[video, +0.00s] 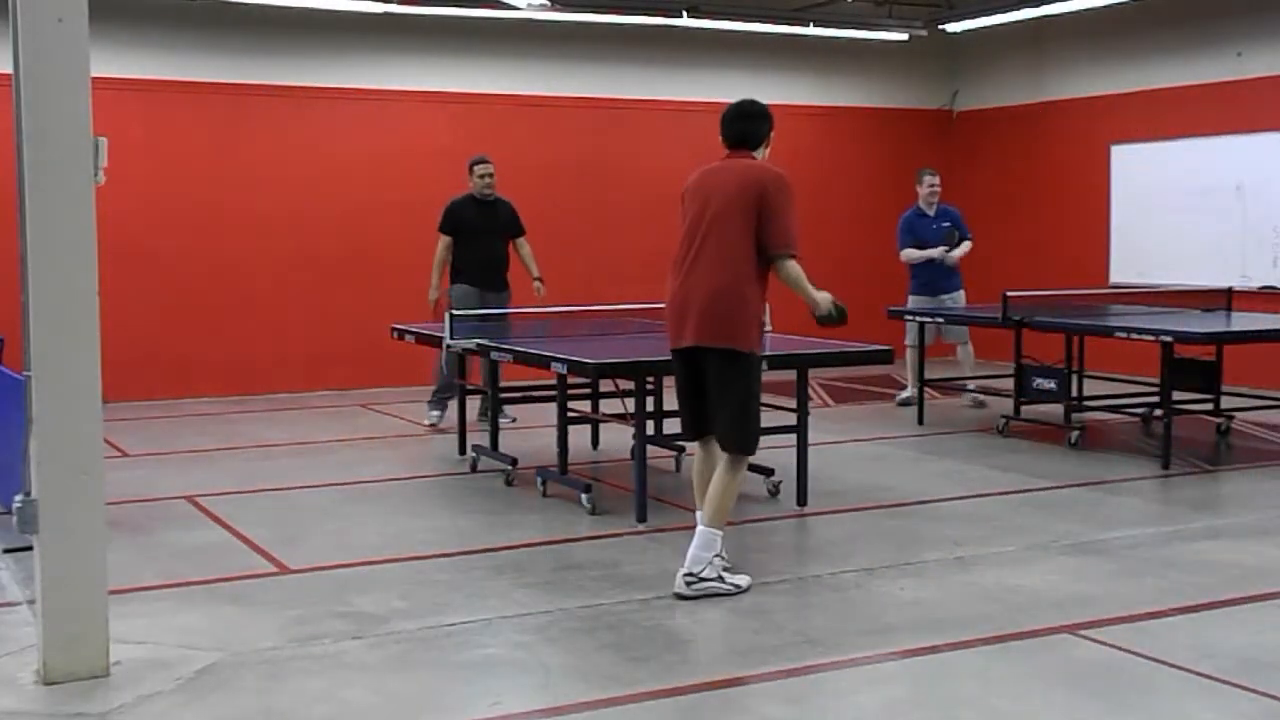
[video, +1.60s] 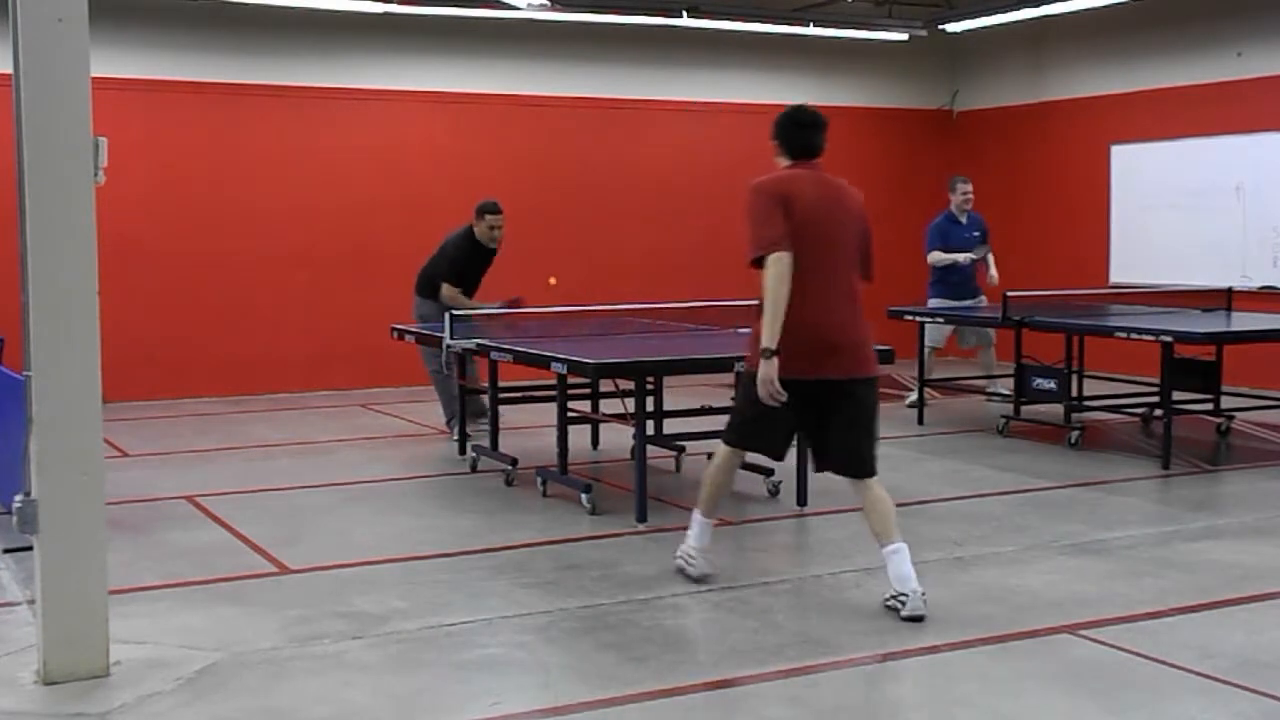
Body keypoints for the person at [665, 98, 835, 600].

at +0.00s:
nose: (772, 144)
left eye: (767, 137)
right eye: (772, 138)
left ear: (725, 138)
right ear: (767, 140)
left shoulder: (697, 180)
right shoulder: (769, 180)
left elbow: (698, 248)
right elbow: (781, 257)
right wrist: (815, 297)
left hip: (684, 324)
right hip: (732, 328)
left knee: (705, 444)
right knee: (735, 453)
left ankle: (708, 553)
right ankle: (698, 567)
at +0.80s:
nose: (737, 146)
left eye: (735, 138)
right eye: (736, 139)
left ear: (685, 140)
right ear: (727, 140)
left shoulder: (655, 188)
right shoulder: (741, 186)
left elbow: (640, 274)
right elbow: (758, 273)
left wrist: (688, 273)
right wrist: (725, 279)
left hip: (674, 343)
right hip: (730, 343)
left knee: (686, 446)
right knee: (736, 458)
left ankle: (676, 553)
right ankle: (697, 567)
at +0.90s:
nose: (728, 145)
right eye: (729, 138)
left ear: (680, 140)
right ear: (725, 141)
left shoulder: (655, 188)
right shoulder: (744, 187)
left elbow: (627, 275)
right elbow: (756, 265)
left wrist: (624, 287)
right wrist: (730, 296)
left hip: (679, 341)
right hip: (736, 341)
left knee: (687, 446)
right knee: (739, 456)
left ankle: (675, 554)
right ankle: (698, 564)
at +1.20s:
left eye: (689, 137)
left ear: (690, 142)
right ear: (735, 141)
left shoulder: (672, 192)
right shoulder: (761, 189)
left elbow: (636, 272)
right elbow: (772, 267)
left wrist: (591, 338)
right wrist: (740, 307)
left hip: (699, 345)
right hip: (762, 343)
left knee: (695, 444)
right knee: (787, 450)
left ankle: (678, 551)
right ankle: (782, 558)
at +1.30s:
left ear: (704, 145)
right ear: (748, 143)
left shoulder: (686, 195)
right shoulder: (773, 193)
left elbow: (660, 276)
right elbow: (786, 273)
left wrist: (631, 353)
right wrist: (761, 323)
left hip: (710, 352)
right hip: (774, 349)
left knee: (699, 446)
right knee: (805, 456)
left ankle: (679, 551)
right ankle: (831, 563)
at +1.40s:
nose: (722, 152)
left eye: (721, 145)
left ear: (722, 150)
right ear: (766, 149)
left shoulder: (708, 199)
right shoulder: (793, 199)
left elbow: (702, 276)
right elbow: (804, 282)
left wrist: (684, 356)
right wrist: (782, 333)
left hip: (727, 354)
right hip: (792, 356)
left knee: (706, 445)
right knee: (823, 463)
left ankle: (679, 551)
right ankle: (873, 570)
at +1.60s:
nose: (773, 149)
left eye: (774, 142)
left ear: (777, 145)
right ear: (822, 145)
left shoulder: (769, 190)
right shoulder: (850, 196)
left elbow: (779, 263)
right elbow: (864, 274)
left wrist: (768, 350)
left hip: (785, 358)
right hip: (850, 359)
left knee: (732, 450)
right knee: (864, 476)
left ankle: (694, 548)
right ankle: (906, 587)